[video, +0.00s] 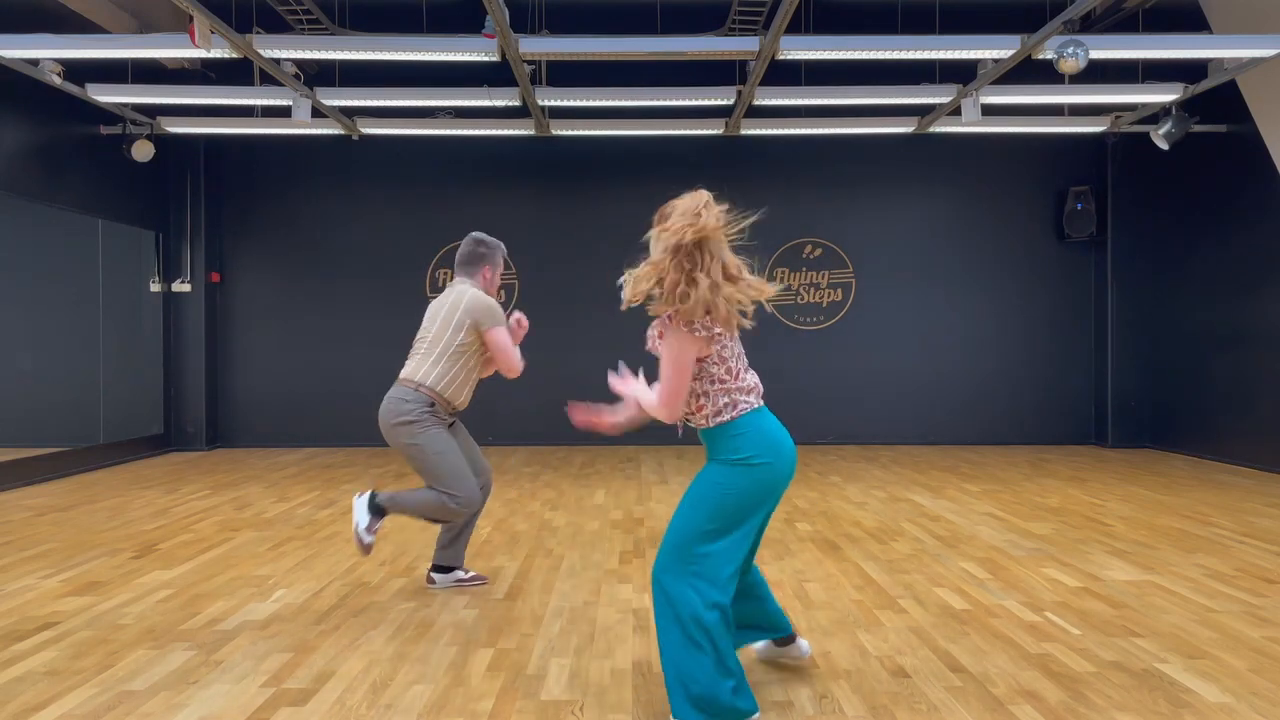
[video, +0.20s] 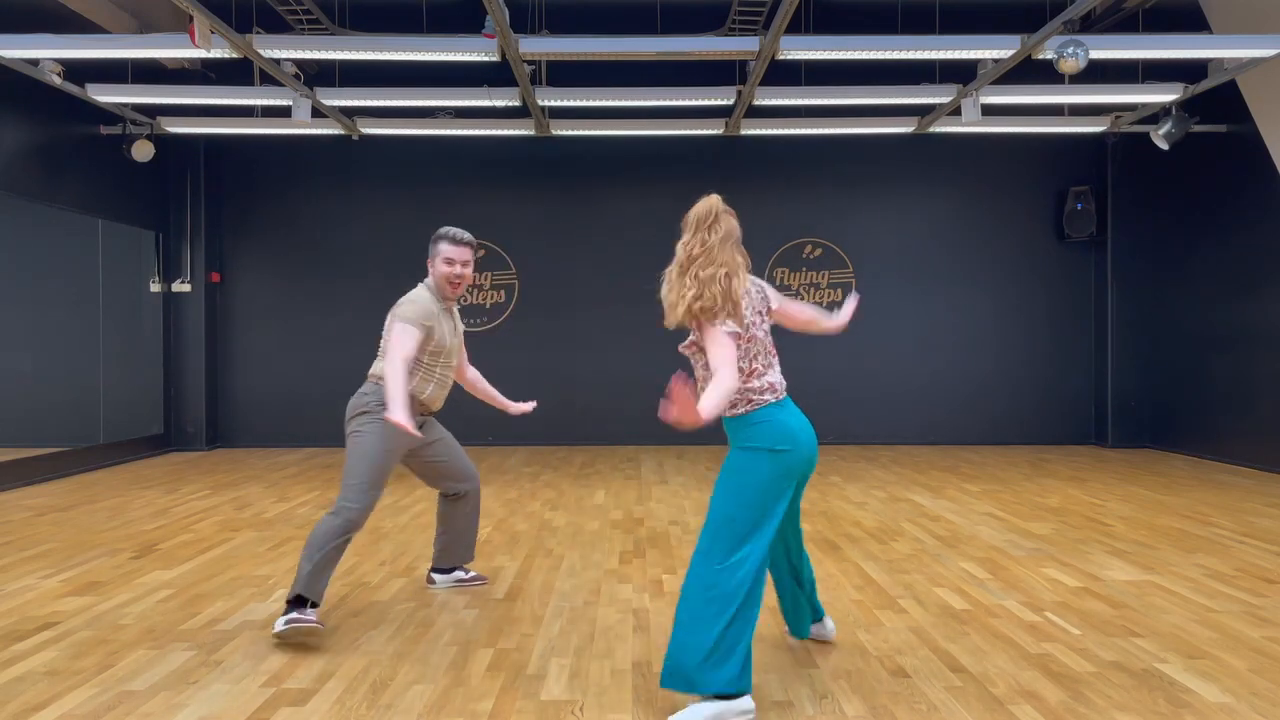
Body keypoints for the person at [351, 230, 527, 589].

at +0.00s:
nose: (500, 280)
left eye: (501, 272)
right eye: (500, 272)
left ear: (464, 270)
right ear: (487, 273)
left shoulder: (447, 300)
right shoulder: (481, 303)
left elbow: (474, 370)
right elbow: (513, 368)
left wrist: (510, 340)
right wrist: (508, 340)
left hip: (436, 410)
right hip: (412, 410)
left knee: (479, 480)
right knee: (463, 499)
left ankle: (445, 568)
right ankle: (374, 504)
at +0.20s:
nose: (459, 272)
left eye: (466, 265)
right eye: (450, 263)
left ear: (473, 270)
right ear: (431, 265)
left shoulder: (450, 315)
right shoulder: (416, 306)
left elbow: (463, 371)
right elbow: (397, 359)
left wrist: (509, 405)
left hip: (419, 415)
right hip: (381, 406)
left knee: (462, 483)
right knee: (353, 508)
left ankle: (447, 570)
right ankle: (300, 606)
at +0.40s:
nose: (411, 254)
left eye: (420, 246)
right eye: (402, 244)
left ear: (431, 251)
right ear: (385, 246)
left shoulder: (423, 308)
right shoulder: (358, 283)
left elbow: (446, 348)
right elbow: (300, 306)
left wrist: (497, 359)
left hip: (373, 415)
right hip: (324, 403)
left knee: (398, 499)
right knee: (306, 503)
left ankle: (427, 570)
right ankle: (274, 616)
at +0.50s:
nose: (390, 244)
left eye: (399, 235)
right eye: (381, 234)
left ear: (410, 241)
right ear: (363, 236)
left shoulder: (407, 300)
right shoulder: (332, 275)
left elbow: (434, 342)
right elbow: (267, 294)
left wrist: (487, 356)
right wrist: (205, 298)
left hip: (355, 414)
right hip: (299, 402)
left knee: (378, 497)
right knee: (279, 504)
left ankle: (391, 576)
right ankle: (267, 618)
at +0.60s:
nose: (371, 235)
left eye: (380, 226)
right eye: (361, 225)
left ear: (392, 233)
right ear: (344, 229)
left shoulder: (396, 295)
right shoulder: (311, 270)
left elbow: (421, 345)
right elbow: (241, 298)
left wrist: (462, 386)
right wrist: (174, 313)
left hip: (339, 413)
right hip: (279, 401)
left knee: (359, 504)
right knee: (260, 510)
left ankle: (367, 582)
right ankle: (262, 627)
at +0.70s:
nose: (351, 229)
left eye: (361, 220)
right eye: (342, 219)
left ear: (374, 225)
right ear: (325, 222)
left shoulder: (389, 294)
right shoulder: (292, 269)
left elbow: (401, 363)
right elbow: (235, 320)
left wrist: (417, 426)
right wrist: (173, 368)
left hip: (329, 412)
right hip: (266, 399)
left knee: (344, 512)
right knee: (254, 512)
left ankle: (337, 591)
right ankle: (256, 627)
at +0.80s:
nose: (339, 224)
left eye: (348, 215)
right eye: (328, 214)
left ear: (360, 219)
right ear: (309, 217)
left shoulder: (380, 292)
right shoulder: (275, 273)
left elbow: (377, 365)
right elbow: (265, 340)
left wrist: (366, 428)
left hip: (324, 414)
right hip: (259, 401)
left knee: (322, 526)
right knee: (246, 512)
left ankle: (304, 588)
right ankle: (256, 625)